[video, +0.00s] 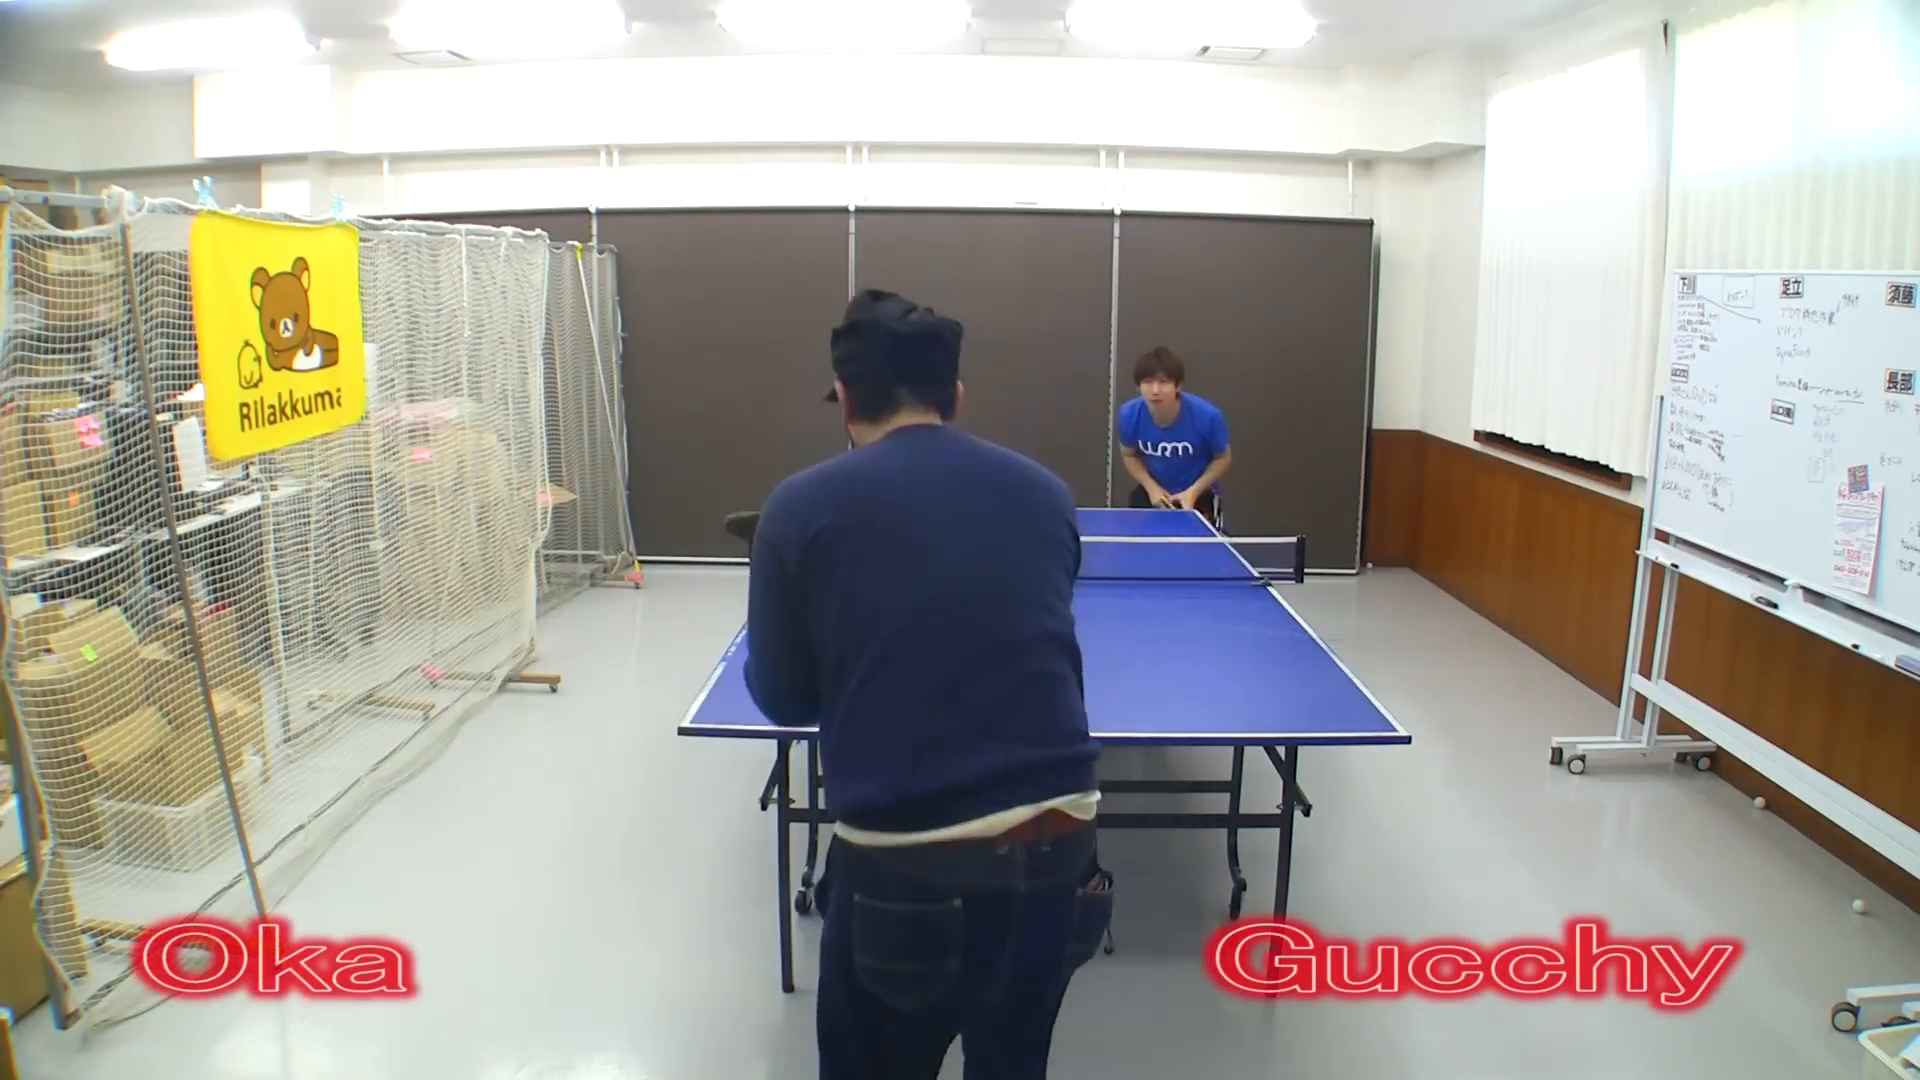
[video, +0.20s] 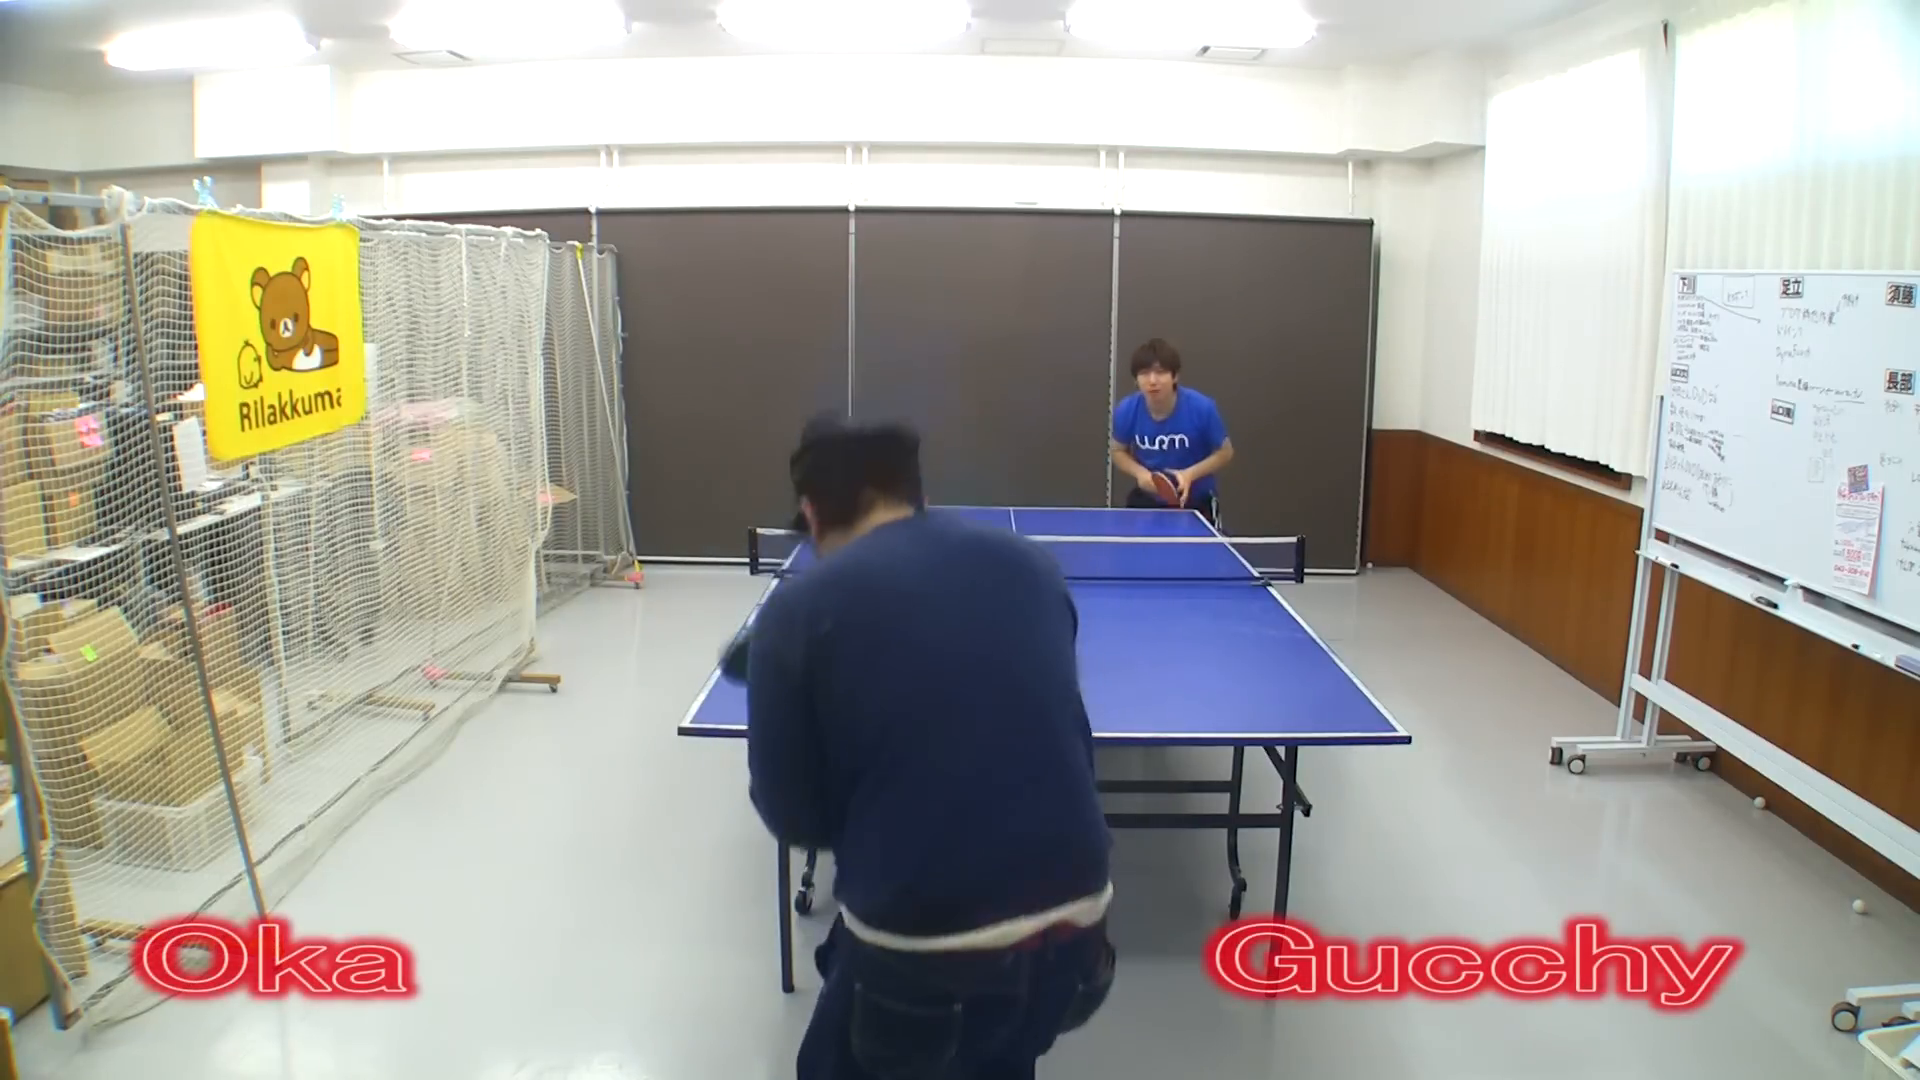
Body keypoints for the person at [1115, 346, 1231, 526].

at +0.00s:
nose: (1155, 390)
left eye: (1164, 382)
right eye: (1148, 382)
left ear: (1178, 385)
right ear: (1139, 386)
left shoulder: (1207, 417)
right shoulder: (1129, 415)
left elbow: (1224, 458)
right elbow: (1129, 455)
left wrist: (1192, 493)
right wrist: (1152, 488)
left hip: (1199, 496)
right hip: (1150, 495)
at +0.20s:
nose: (1152, 381)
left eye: (1161, 372)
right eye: (1145, 373)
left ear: (1175, 376)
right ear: (1136, 379)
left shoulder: (1202, 409)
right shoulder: (1127, 410)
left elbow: (1226, 451)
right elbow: (1117, 451)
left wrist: (1189, 475)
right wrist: (1141, 474)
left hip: (1195, 502)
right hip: (1147, 501)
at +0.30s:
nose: (1153, 369)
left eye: (1161, 360)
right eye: (1145, 361)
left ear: (1175, 364)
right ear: (1137, 367)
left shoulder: (1204, 396)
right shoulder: (1130, 401)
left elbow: (1233, 438)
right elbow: (1118, 439)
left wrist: (1195, 455)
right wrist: (1128, 455)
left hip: (1198, 502)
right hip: (1150, 501)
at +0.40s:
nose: (1145, 357)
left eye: (1153, 348)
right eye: (1138, 350)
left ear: (1168, 351)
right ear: (1130, 356)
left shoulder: (1198, 382)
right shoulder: (1127, 391)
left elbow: (1235, 421)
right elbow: (1119, 435)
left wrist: (1197, 440)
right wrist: (1112, 444)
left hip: (1199, 493)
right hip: (1153, 491)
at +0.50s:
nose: (1139, 361)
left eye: (1146, 351)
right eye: (1132, 353)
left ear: (1162, 354)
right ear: (1124, 359)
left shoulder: (1196, 385)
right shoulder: (1123, 395)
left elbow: (1236, 418)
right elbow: (1114, 431)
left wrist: (1203, 441)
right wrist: (1101, 446)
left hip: (1198, 496)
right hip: (1154, 495)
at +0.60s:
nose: (1131, 370)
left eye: (1139, 360)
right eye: (1125, 363)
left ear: (1158, 362)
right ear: (1119, 368)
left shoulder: (1195, 395)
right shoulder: (1124, 407)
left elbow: (1235, 429)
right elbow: (1118, 445)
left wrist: (1202, 452)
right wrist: (1094, 465)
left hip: (1199, 506)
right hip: (1154, 504)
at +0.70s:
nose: (1114, 381)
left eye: (1121, 371)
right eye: (1108, 374)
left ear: (1142, 370)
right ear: (1104, 378)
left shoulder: (1179, 401)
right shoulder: (1120, 416)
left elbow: (1219, 443)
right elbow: (1131, 454)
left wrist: (1167, 462)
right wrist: (1105, 484)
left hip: (1194, 511)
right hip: (1150, 511)